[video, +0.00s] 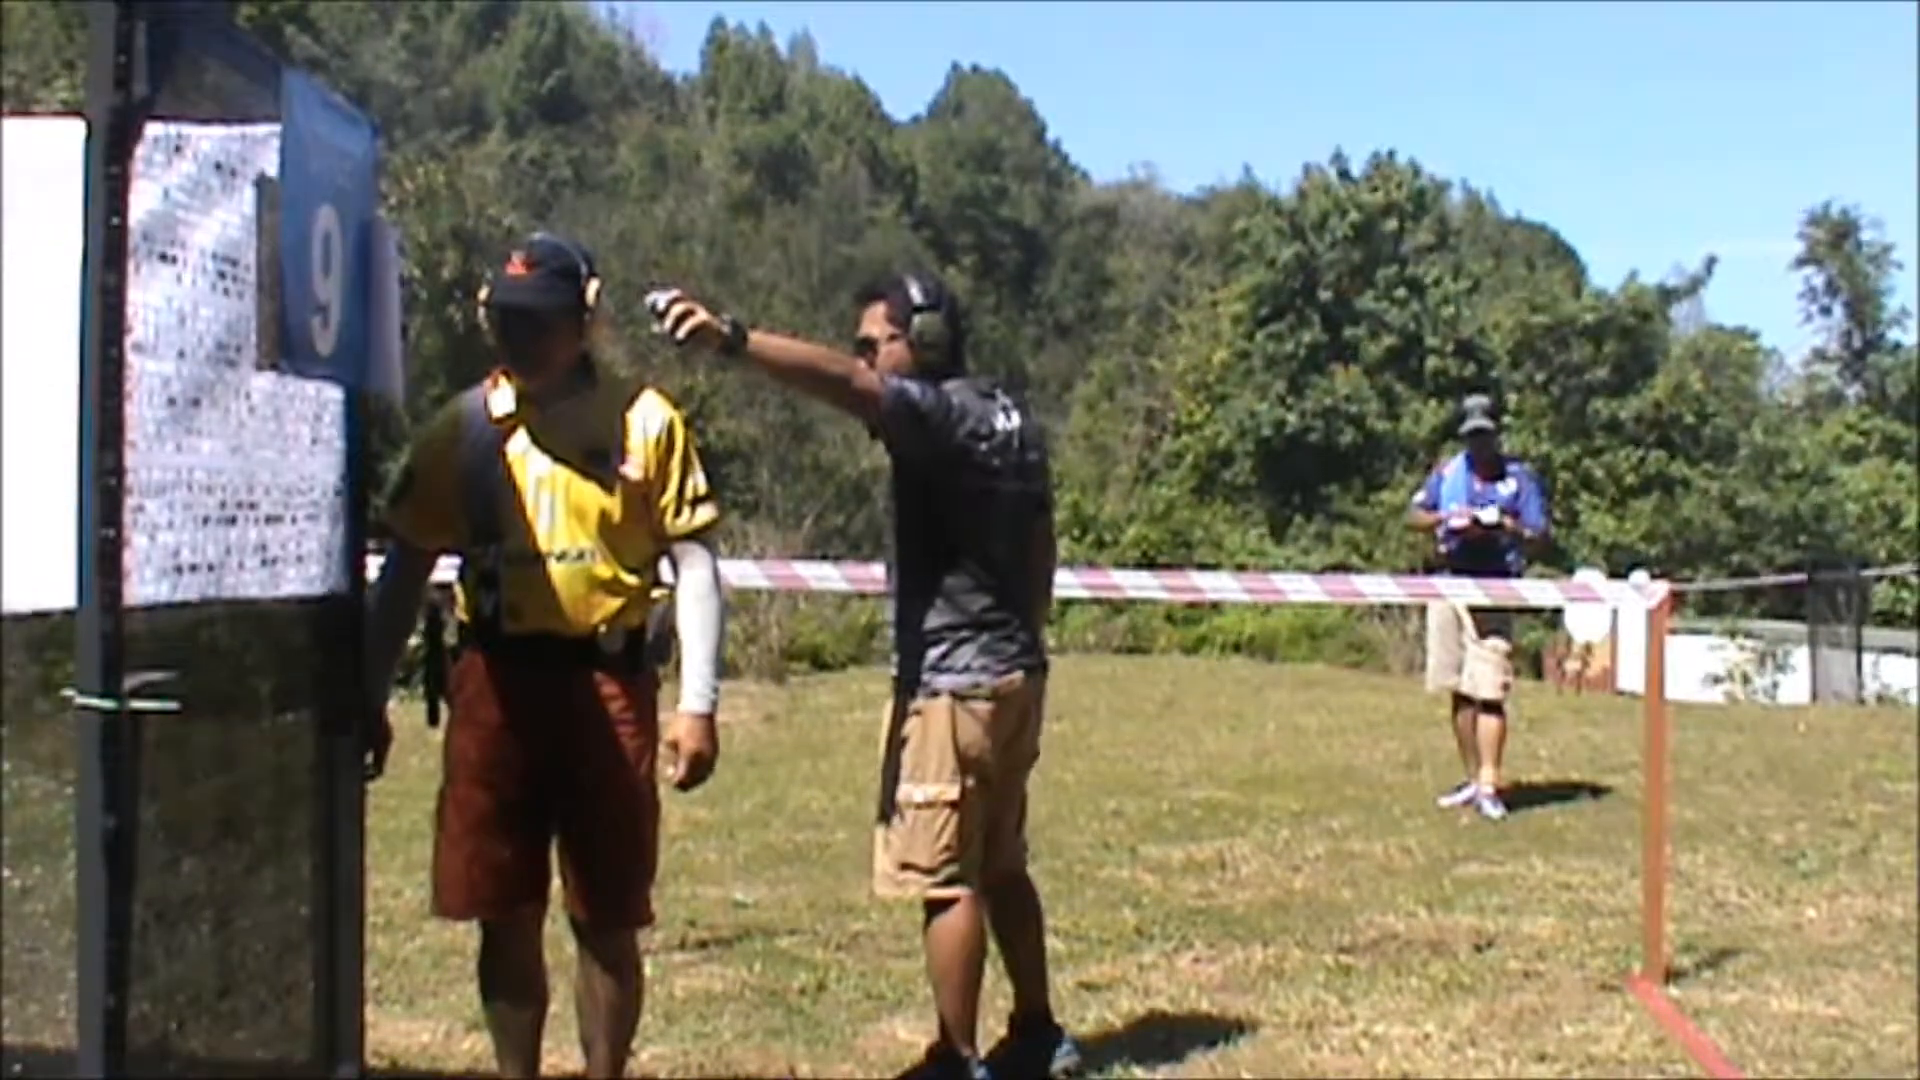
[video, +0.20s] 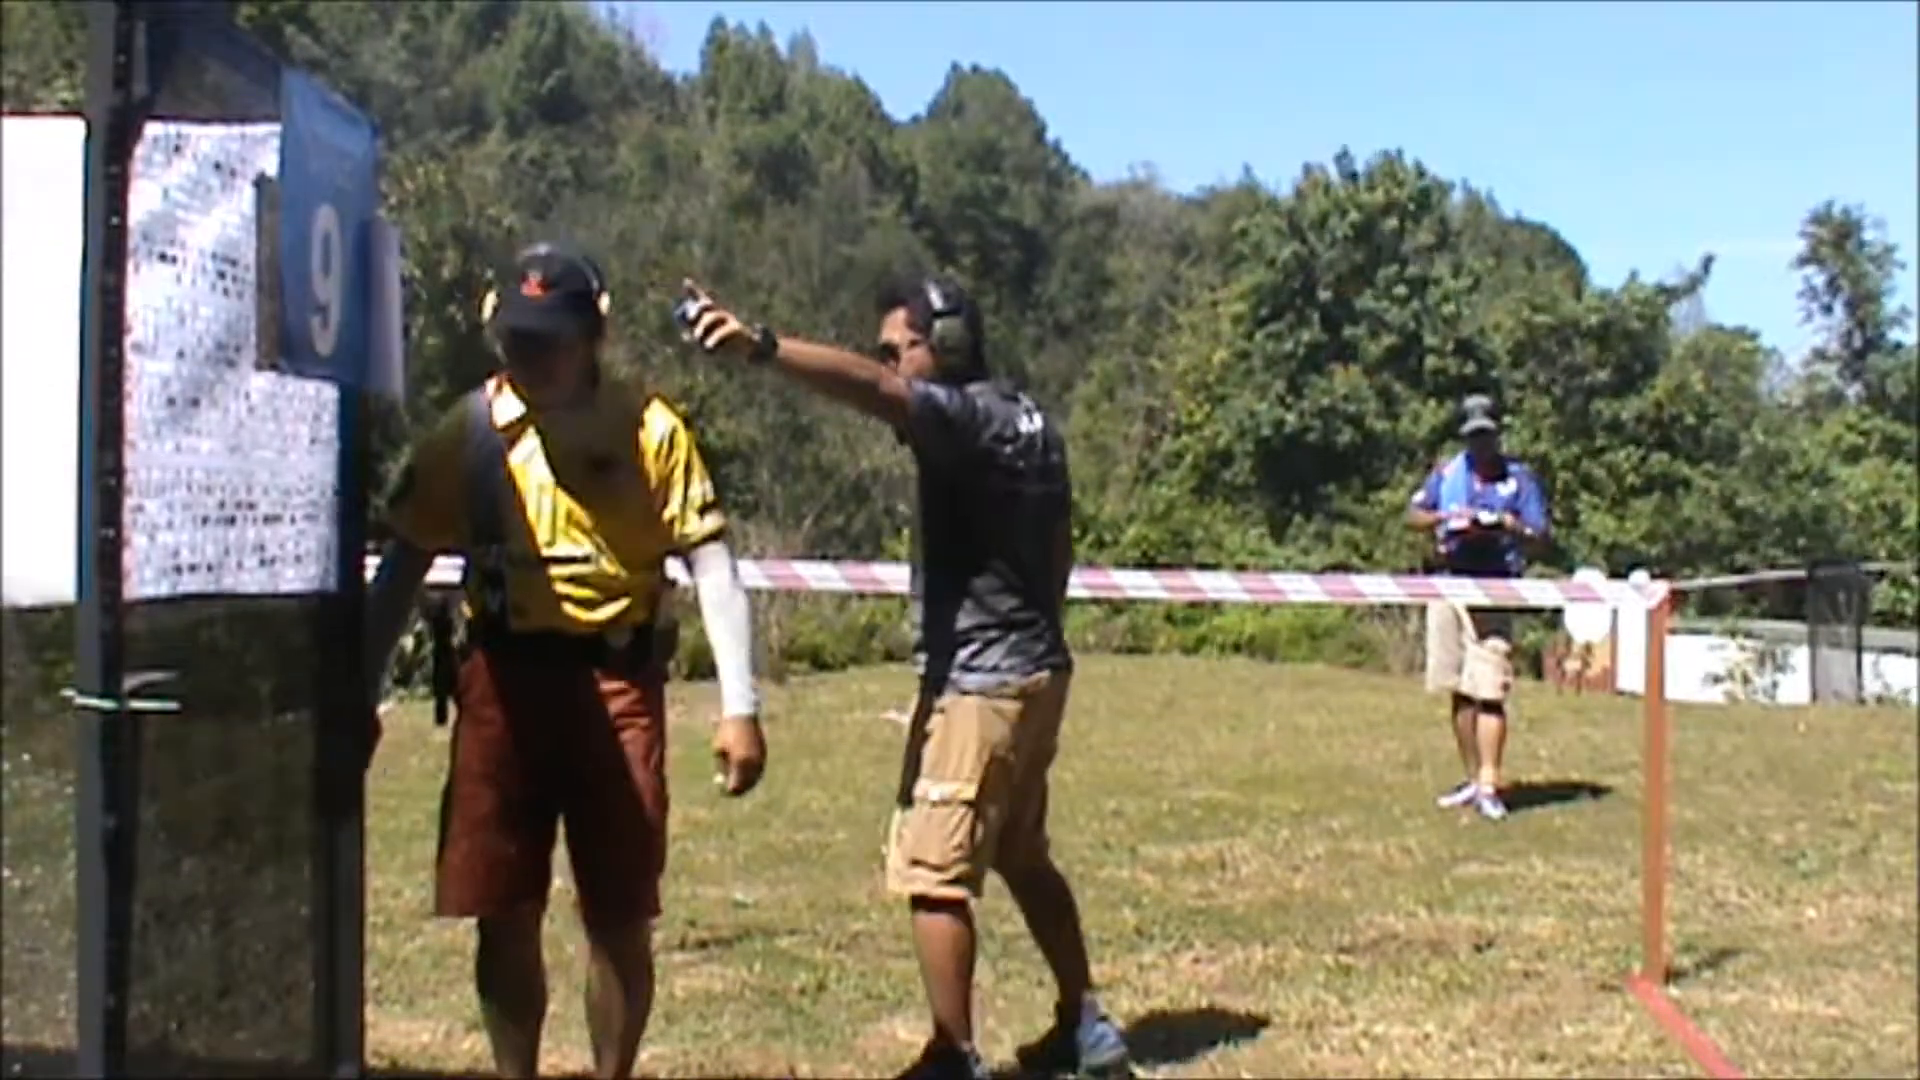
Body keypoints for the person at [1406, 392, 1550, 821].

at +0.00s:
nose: (1479, 444)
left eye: (1486, 435)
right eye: (1472, 436)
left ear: (1498, 436)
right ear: (1463, 439)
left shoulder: (1520, 479)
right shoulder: (1448, 472)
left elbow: (1540, 538)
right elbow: (1415, 515)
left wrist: (1508, 526)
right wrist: (1447, 520)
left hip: (1495, 589)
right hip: (1450, 588)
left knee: (1490, 690)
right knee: (1459, 689)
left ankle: (1489, 783)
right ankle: (1471, 776)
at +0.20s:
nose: (1481, 444)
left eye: (1487, 435)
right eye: (1473, 436)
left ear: (1499, 436)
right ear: (1463, 439)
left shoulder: (1520, 480)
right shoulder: (1449, 473)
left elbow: (1540, 539)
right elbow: (1414, 514)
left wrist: (1511, 526)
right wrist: (1446, 519)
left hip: (1495, 589)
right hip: (1450, 588)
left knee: (1490, 690)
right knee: (1459, 690)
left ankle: (1489, 783)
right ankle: (1471, 776)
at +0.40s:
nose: (1482, 443)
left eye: (1488, 435)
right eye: (1475, 436)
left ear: (1500, 435)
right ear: (1464, 437)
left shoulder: (1518, 479)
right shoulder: (1449, 472)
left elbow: (1540, 534)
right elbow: (1413, 514)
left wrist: (1510, 525)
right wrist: (1449, 519)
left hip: (1495, 589)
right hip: (1449, 588)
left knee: (1490, 689)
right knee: (1459, 689)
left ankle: (1489, 783)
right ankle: (1471, 776)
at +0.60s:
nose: (1482, 443)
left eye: (1489, 435)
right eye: (1475, 436)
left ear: (1499, 435)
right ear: (1464, 436)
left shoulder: (1518, 477)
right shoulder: (1448, 472)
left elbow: (1542, 532)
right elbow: (1414, 514)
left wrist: (1507, 525)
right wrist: (1452, 520)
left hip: (1495, 588)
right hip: (1449, 587)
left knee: (1491, 690)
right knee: (1459, 689)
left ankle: (1489, 783)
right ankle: (1471, 777)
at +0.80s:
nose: (1484, 441)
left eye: (1490, 433)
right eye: (1477, 434)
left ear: (1501, 434)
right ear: (1466, 434)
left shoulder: (1518, 478)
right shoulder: (1448, 473)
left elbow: (1541, 529)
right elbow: (1418, 515)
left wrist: (1504, 524)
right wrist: (1454, 523)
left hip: (1498, 587)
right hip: (1453, 587)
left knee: (1495, 689)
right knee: (1460, 689)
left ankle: (1494, 783)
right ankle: (1473, 778)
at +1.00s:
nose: (1488, 437)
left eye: (1495, 428)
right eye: (1481, 429)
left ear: (1506, 431)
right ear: (1471, 431)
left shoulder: (1524, 477)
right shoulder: (1452, 473)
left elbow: (1543, 527)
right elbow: (1426, 517)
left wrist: (1506, 525)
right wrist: (1463, 525)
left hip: (1508, 587)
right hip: (1461, 587)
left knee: (1515, 684)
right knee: (1466, 688)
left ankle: (1520, 778)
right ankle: (1477, 778)